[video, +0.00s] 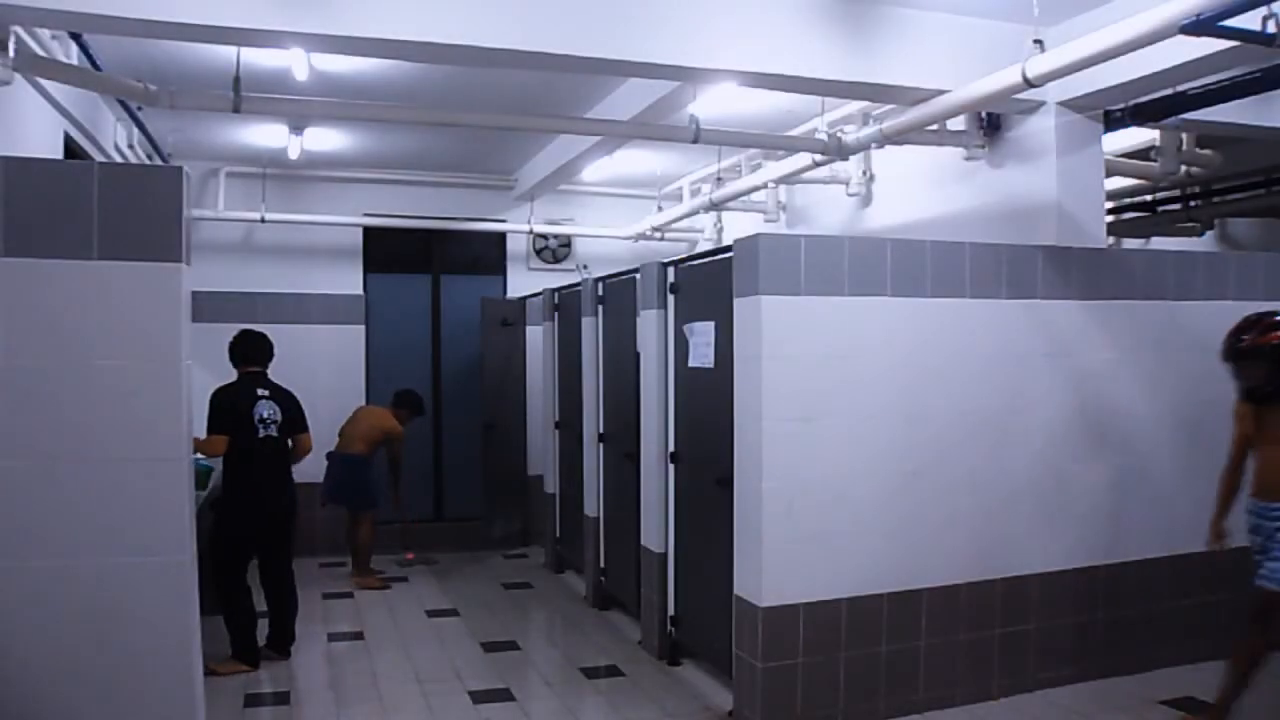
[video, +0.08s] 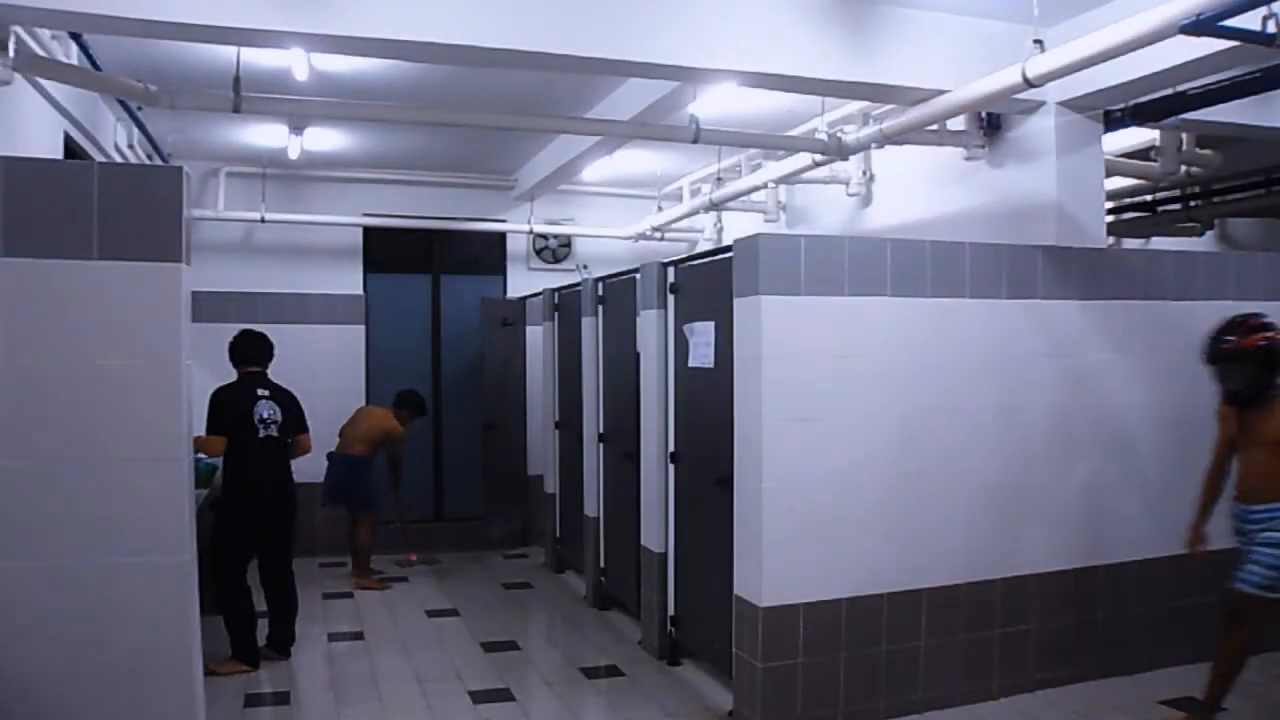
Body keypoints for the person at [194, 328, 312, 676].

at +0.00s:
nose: (234, 360)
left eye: (234, 354)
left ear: (234, 359)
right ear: (269, 359)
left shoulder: (225, 396)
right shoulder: (286, 397)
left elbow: (217, 447)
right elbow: (304, 446)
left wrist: (195, 444)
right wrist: (279, 463)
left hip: (239, 497)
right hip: (279, 495)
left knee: (229, 571)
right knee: (277, 569)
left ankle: (245, 655)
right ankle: (280, 645)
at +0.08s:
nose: (234, 360)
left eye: (234, 355)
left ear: (234, 359)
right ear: (269, 359)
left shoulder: (225, 396)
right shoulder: (285, 396)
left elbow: (215, 447)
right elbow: (303, 444)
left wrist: (197, 443)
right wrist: (272, 453)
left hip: (238, 497)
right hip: (279, 496)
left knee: (229, 572)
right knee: (277, 568)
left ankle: (245, 655)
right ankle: (281, 645)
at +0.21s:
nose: (235, 362)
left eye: (234, 356)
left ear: (234, 360)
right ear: (268, 360)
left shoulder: (225, 396)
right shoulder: (286, 396)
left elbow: (213, 446)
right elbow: (300, 445)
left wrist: (203, 440)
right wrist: (267, 445)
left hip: (239, 496)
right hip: (279, 496)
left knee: (229, 571)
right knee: (277, 568)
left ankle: (245, 655)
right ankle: (280, 645)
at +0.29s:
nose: (235, 363)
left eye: (234, 357)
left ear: (234, 360)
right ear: (268, 360)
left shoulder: (224, 396)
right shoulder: (286, 397)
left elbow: (211, 445)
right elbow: (299, 445)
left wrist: (231, 433)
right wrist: (267, 441)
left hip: (239, 496)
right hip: (279, 495)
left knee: (229, 571)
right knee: (277, 568)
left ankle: (245, 655)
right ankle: (281, 645)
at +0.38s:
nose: (235, 364)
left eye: (234, 358)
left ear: (234, 361)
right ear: (268, 360)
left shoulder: (224, 396)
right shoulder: (286, 397)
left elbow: (211, 447)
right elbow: (298, 446)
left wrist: (234, 433)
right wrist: (265, 441)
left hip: (239, 497)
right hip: (279, 496)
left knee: (229, 571)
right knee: (277, 567)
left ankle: (244, 654)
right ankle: (281, 644)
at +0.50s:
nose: (235, 365)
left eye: (234, 359)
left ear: (234, 361)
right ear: (268, 360)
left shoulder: (224, 396)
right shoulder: (286, 397)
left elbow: (211, 446)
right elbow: (298, 446)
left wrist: (236, 436)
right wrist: (265, 442)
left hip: (238, 498)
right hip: (279, 497)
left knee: (229, 572)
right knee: (277, 567)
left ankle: (244, 654)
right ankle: (281, 644)